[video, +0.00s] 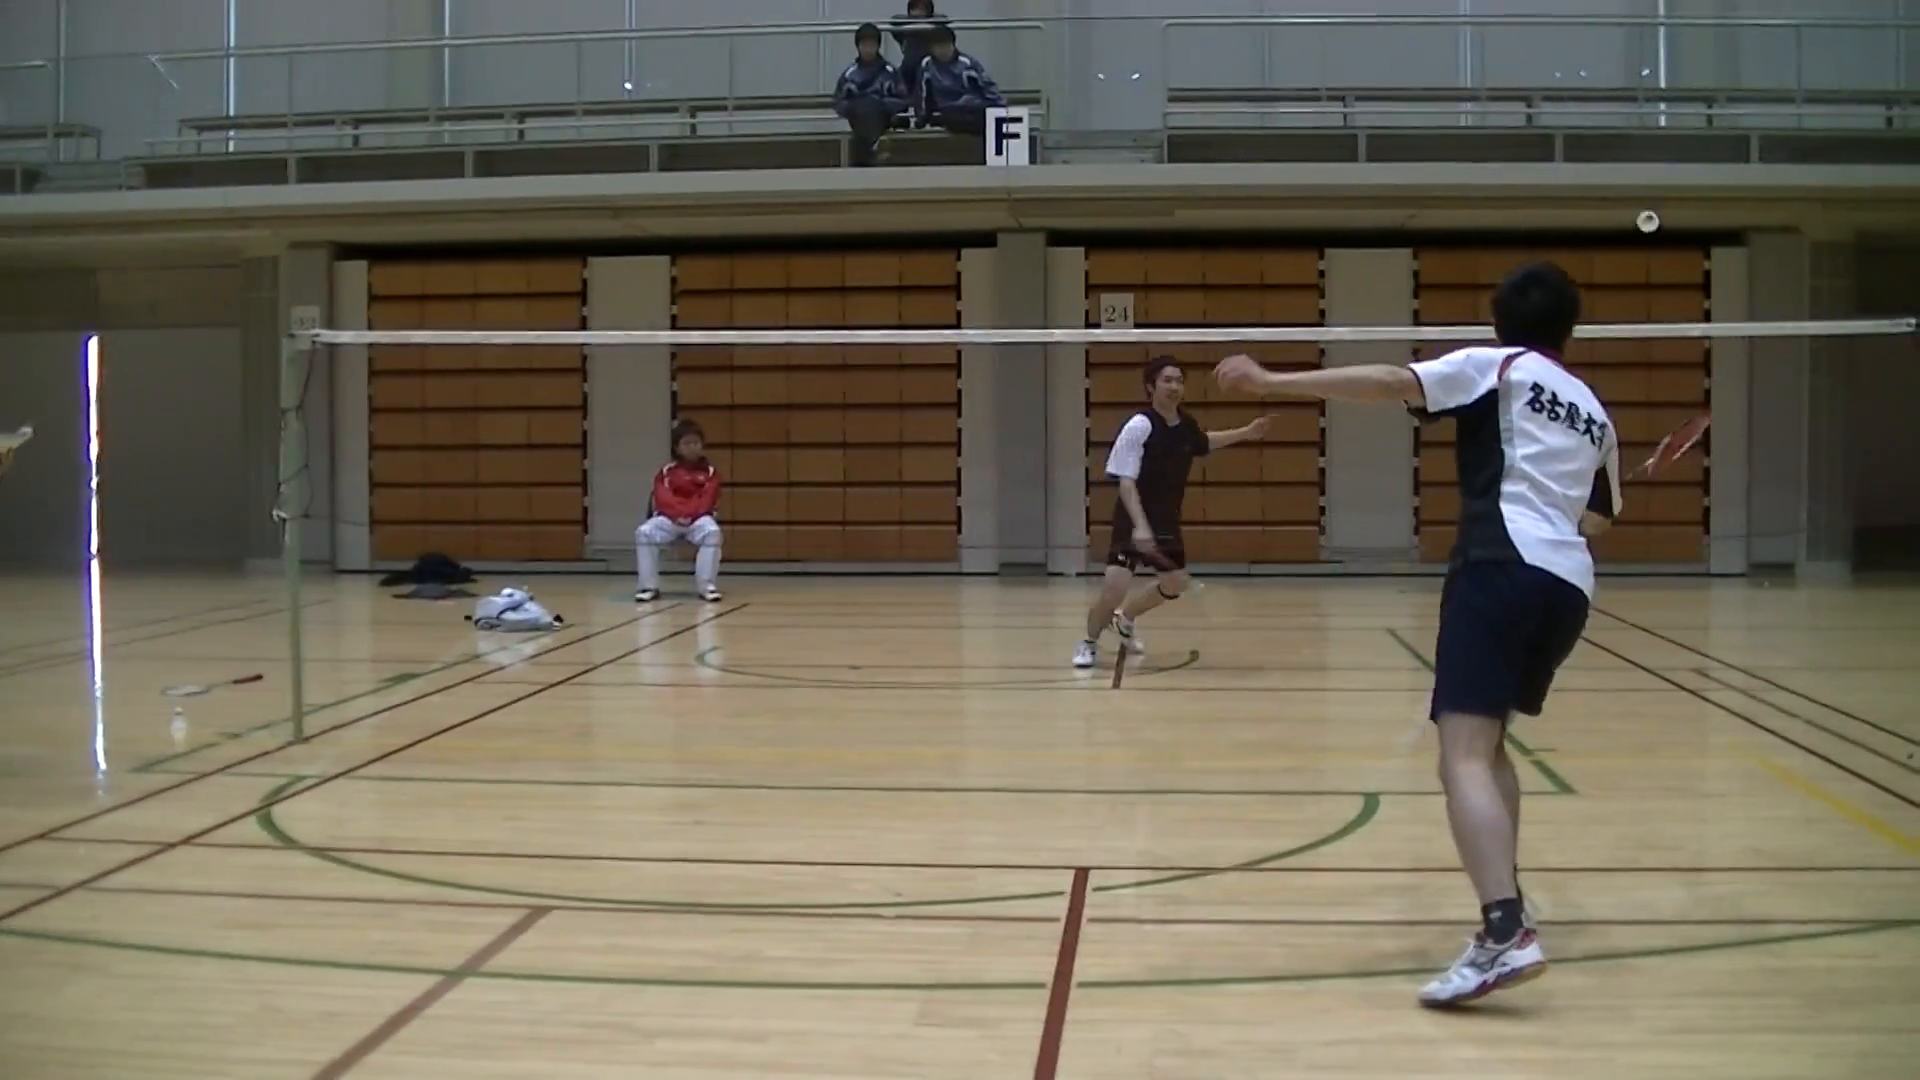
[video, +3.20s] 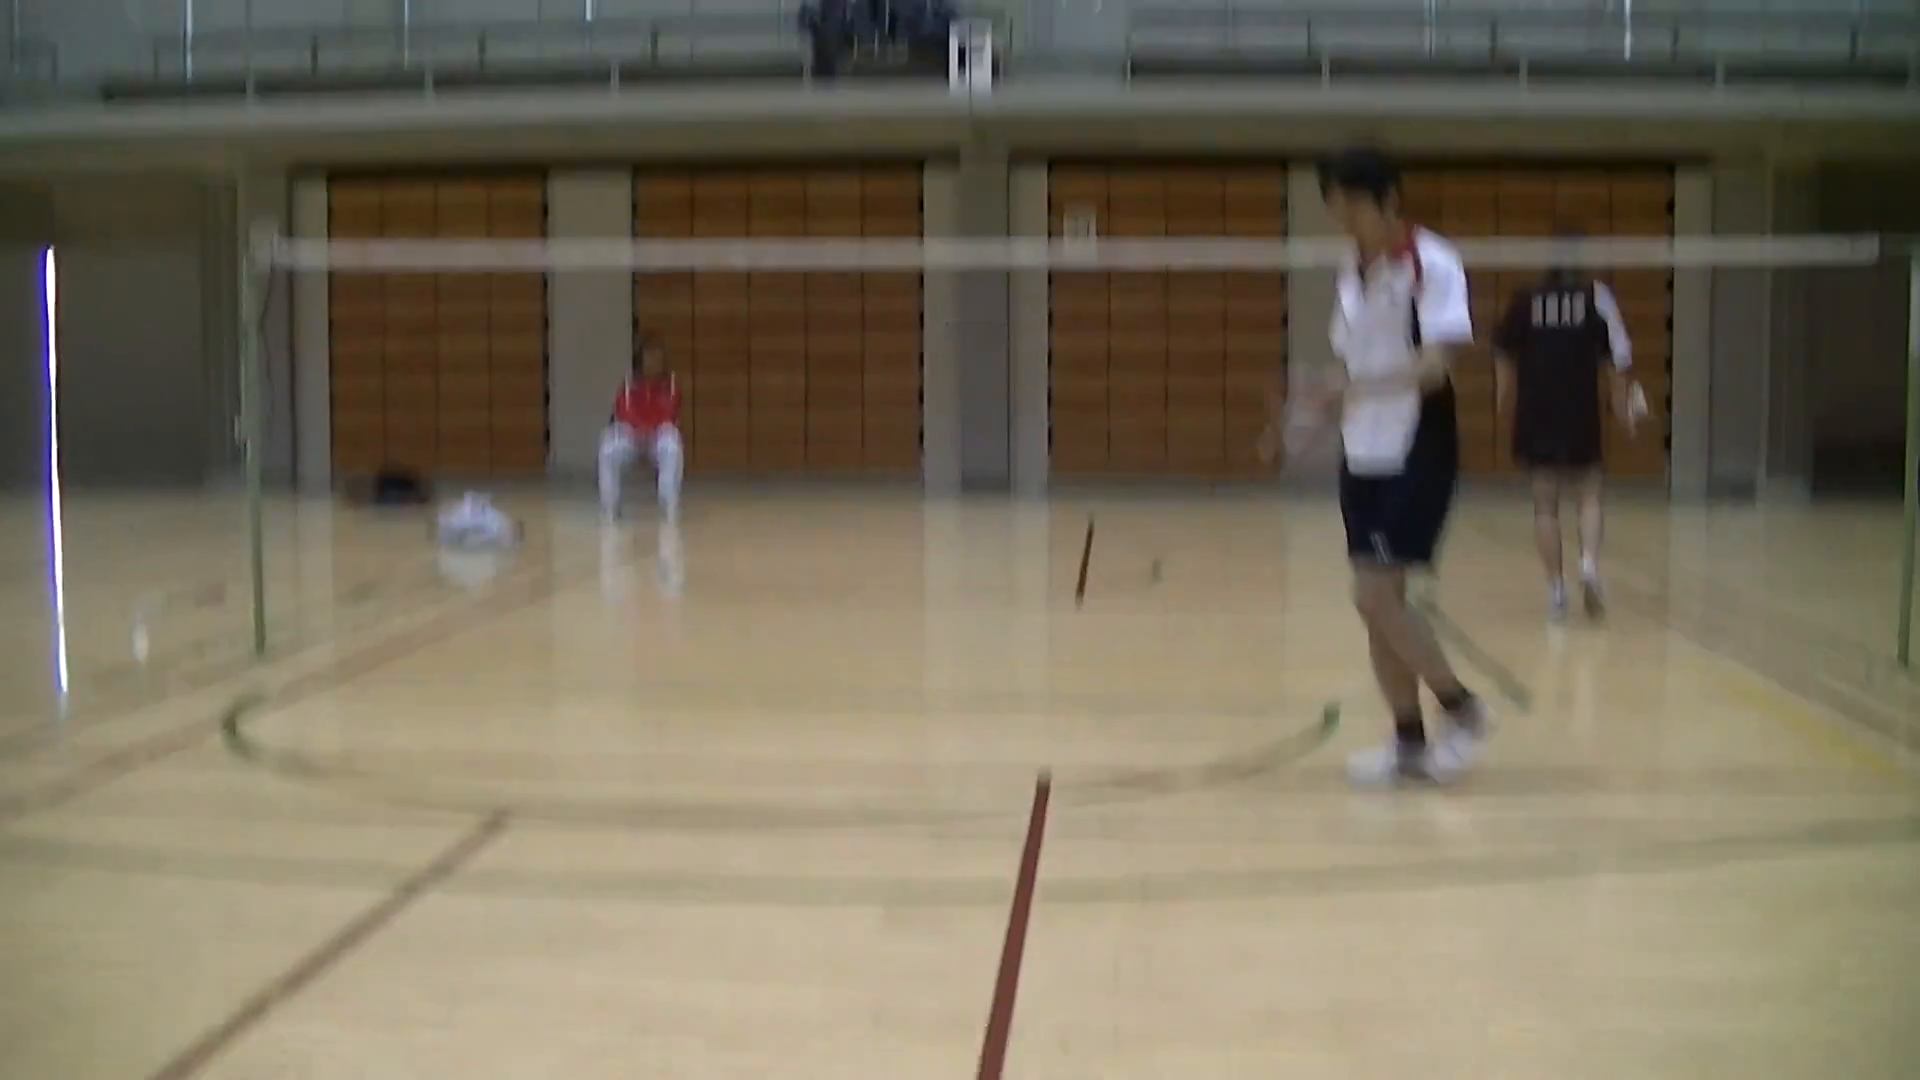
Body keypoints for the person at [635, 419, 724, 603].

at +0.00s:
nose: (692, 448)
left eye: (696, 443)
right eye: (686, 443)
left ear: (702, 445)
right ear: (676, 448)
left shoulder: (710, 472)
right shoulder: (666, 471)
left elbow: (707, 501)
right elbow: (662, 500)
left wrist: (689, 515)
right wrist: (679, 514)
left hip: (698, 518)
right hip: (670, 518)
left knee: (713, 533)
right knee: (644, 533)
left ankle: (706, 585)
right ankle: (648, 587)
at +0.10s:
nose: (674, 448)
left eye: (678, 443)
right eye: (668, 443)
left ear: (684, 445)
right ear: (659, 448)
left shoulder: (691, 473)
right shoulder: (648, 471)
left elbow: (689, 502)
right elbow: (643, 498)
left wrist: (671, 516)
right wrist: (661, 513)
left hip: (680, 518)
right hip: (651, 518)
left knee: (695, 534)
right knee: (627, 533)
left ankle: (688, 585)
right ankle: (631, 588)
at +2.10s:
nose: (656, 450)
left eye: (660, 445)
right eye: (651, 446)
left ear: (666, 448)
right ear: (642, 450)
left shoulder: (675, 475)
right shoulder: (631, 474)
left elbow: (672, 504)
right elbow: (626, 500)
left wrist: (655, 518)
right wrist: (642, 516)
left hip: (662, 521)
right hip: (633, 521)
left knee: (677, 536)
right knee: (609, 536)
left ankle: (671, 588)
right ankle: (614, 590)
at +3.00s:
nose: (656, 441)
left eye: (660, 436)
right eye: (651, 437)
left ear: (666, 439)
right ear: (642, 442)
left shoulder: (674, 466)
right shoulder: (630, 465)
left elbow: (672, 494)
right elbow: (626, 492)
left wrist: (657, 510)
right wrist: (641, 508)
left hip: (661, 513)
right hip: (633, 512)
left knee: (677, 527)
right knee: (609, 528)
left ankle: (671, 580)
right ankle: (613, 582)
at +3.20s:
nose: (652, 364)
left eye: (656, 358)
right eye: (648, 358)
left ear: (662, 361)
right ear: (641, 361)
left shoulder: (669, 384)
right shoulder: (630, 383)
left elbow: (671, 415)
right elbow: (623, 414)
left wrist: (655, 430)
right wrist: (638, 430)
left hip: (659, 429)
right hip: (631, 428)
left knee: (671, 449)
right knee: (610, 449)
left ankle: (669, 505)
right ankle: (609, 507)